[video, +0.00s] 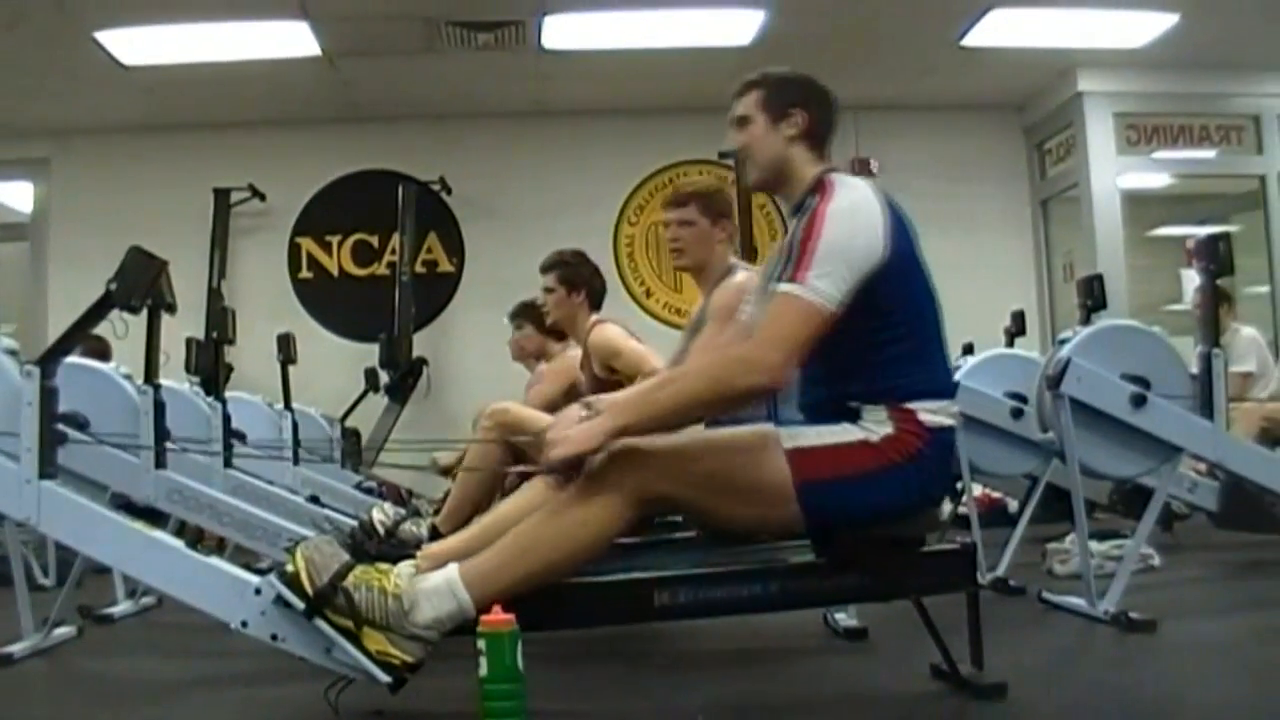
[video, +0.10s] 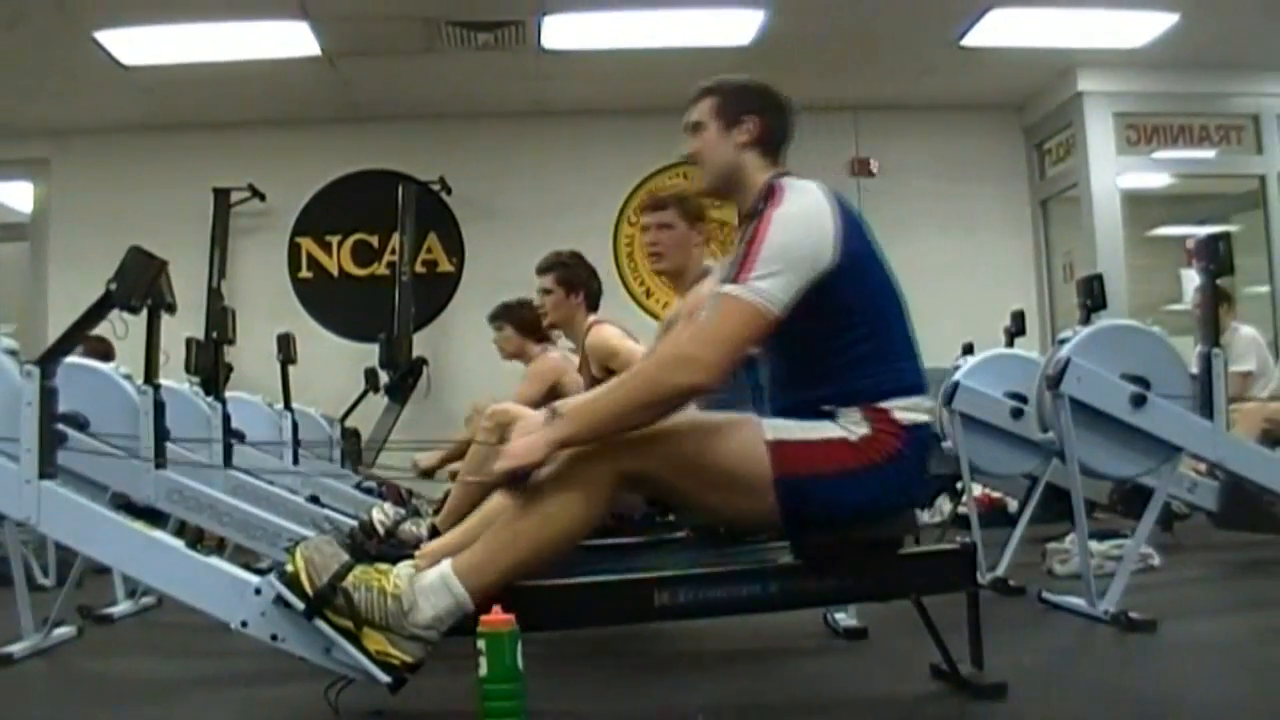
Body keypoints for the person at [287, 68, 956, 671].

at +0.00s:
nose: (734, 146)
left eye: (744, 126)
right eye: (733, 131)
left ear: (796, 126)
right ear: (786, 133)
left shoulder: (848, 205)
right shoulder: (807, 223)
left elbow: (762, 364)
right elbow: (741, 359)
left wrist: (606, 423)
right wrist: (609, 410)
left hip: (896, 445)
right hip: (848, 437)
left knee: (634, 469)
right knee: (612, 461)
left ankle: (429, 612)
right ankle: (422, 586)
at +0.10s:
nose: (686, 152)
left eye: (698, 133)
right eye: (687, 137)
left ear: (748, 135)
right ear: (744, 136)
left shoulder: (798, 210)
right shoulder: (757, 232)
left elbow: (692, 367)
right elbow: (677, 361)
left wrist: (553, 431)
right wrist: (553, 426)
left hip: (871, 446)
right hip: (821, 439)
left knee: (617, 448)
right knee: (589, 447)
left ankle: (427, 607)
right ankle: (422, 594)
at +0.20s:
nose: (631, 159)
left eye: (642, 140)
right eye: (633, 144)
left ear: (692, 141)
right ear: (688, 145)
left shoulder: (746, 216)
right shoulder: (716, 230)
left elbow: (634, 374)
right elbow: (635, 371)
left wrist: (499, 446)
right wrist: (510, 432)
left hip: (837, 451)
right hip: (798, 443)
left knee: (585, 429)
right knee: (572, 429)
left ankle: (413, 608)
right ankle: (408, 597)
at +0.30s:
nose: (568, 161)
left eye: (582, 143)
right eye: (571, 146)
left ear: (630, 149)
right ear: (627, 151)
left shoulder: (684, 219)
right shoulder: (654, 230)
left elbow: (568, 380)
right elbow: (569, 371)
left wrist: (433, 461)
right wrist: (449, 447)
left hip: (783, 452)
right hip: (739, 441)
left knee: (541, 409)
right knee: (526, 407)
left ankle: (395, 607)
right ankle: (392, 585)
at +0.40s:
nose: (519, 168)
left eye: (531, 150)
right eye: (522, 152)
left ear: (578, 153)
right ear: (580, 159)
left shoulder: (632, 226)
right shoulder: (608, 237)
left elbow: (515, 382)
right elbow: (520, 384)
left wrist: (383, 467)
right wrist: (406, 480)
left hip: (736, 458)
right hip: (699, 454)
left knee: (505, 390)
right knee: (492, 406)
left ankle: (386, 602)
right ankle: (384, 603)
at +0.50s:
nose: (479, 168)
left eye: (491, 151)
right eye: (482, 154)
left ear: (536, 157)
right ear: (535, 161)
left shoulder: (591, 234)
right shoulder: (570, 241)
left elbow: (469, 390)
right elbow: (477, 391)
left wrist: (341, 475)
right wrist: (373, 493)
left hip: (700, 462)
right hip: (670, 458)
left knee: (467, 382)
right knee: (465, 398)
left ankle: (385, 603)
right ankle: (384, 601)